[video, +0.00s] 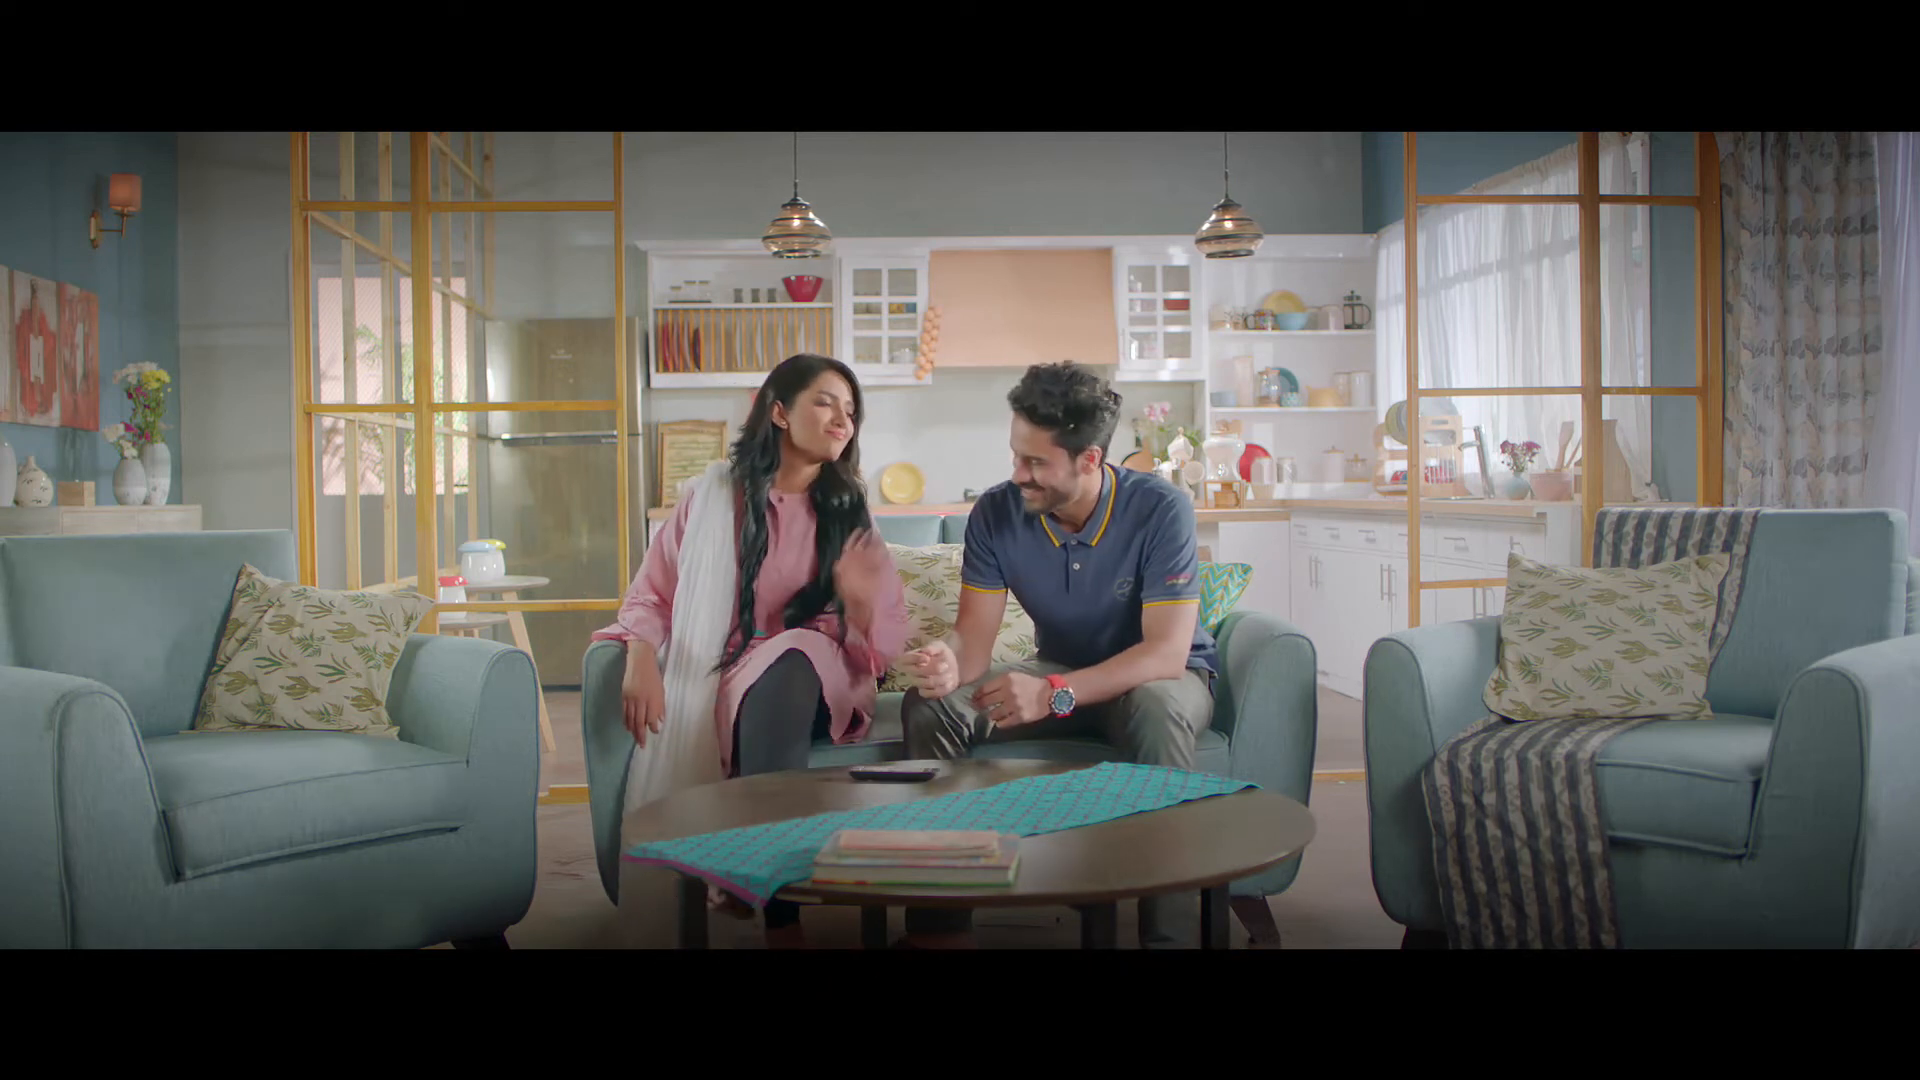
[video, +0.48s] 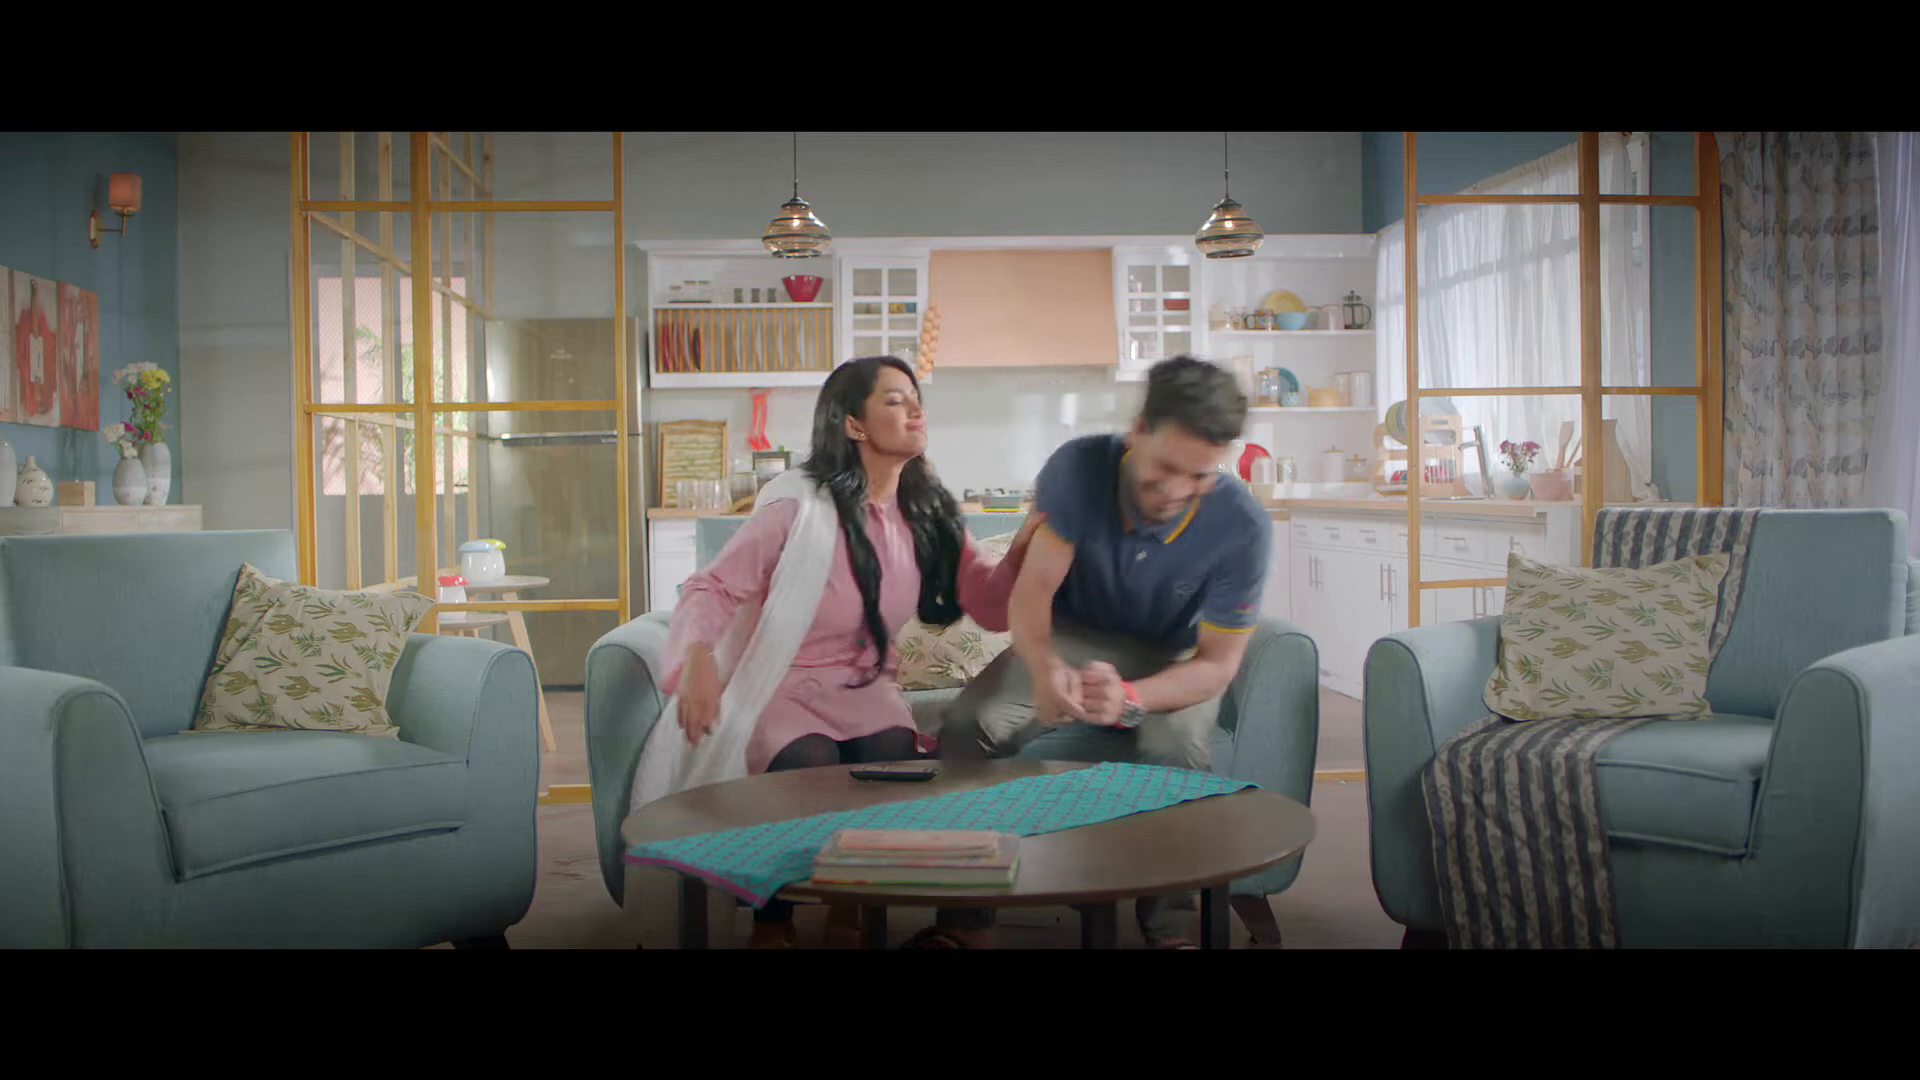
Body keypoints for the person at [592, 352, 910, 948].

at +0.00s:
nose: (841, 420)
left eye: (848, 411)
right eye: (824, 403)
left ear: (853, 427)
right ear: (780, 413)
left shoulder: (846, 509)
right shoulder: (714, 497)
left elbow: (884, 651)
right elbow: (652, 594)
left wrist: (861, 601)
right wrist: (641, 656)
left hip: (826, 669)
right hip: (733, 672)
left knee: (798, 651)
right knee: (789, 713)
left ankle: (748, 862)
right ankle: (780, 899)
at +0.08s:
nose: (841, 417)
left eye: (848, 408)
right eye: (825, 402)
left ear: (854, 424)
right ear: (781, 413)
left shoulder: (849, 514)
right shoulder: (713, 499)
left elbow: (862, 649)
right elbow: (650, 596)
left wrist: (890, 590)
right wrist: (641, 658)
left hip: (828, 683)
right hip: (731, 680)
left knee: (803, 657)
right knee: (795, 720)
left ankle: (751, 864)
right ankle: (780, 907)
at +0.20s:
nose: (862, 424)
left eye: (868, 416)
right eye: (844, 411)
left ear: (872, 432)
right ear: (802, 425)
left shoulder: (869, 524)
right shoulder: (736, 502)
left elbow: (898, 641)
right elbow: (661, 592)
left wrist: (958, 602)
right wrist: (641, 663)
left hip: (835, 677)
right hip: (739, 676)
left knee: (829, 660)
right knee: (766, 730)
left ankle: (810, 877)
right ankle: (762, 908)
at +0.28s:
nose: (879, 423)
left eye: (884, 415)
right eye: (861, 411)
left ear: (890, 433)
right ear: (819, 429)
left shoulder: (884, 524)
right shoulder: (754, 508)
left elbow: (920, 635)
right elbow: (672, 590)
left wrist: (971, 603)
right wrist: (647, 664)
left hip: (841, 659)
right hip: (753, 667)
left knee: (854, 703)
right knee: (782, 735)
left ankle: (847, 891)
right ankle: (761, 915)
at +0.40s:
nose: (906, 418)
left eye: (908, 408)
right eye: (886, 407)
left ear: (916, 426)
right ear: (845, 430)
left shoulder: (912, 520)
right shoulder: (786, 512)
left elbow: (963, 624)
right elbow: (698, 588)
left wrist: (1006, 583)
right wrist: (680, 670)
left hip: (855, 681)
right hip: (770, 683)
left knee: (890, 740)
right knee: (805, 752)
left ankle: (860, 912)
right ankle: (769, 917)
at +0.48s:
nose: (916, 413)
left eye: (917, 403)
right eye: (896, 402)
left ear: (923, 418)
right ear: (854, 424)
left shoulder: (923, 509)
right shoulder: (799, 504)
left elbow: (990, 607)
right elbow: (711, 590)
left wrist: (1024, 545)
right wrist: (697, 660)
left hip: (866, 688)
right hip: (779, 686)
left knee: (906, 785)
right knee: (817, 785)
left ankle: (857, 921)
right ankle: (772, 922)